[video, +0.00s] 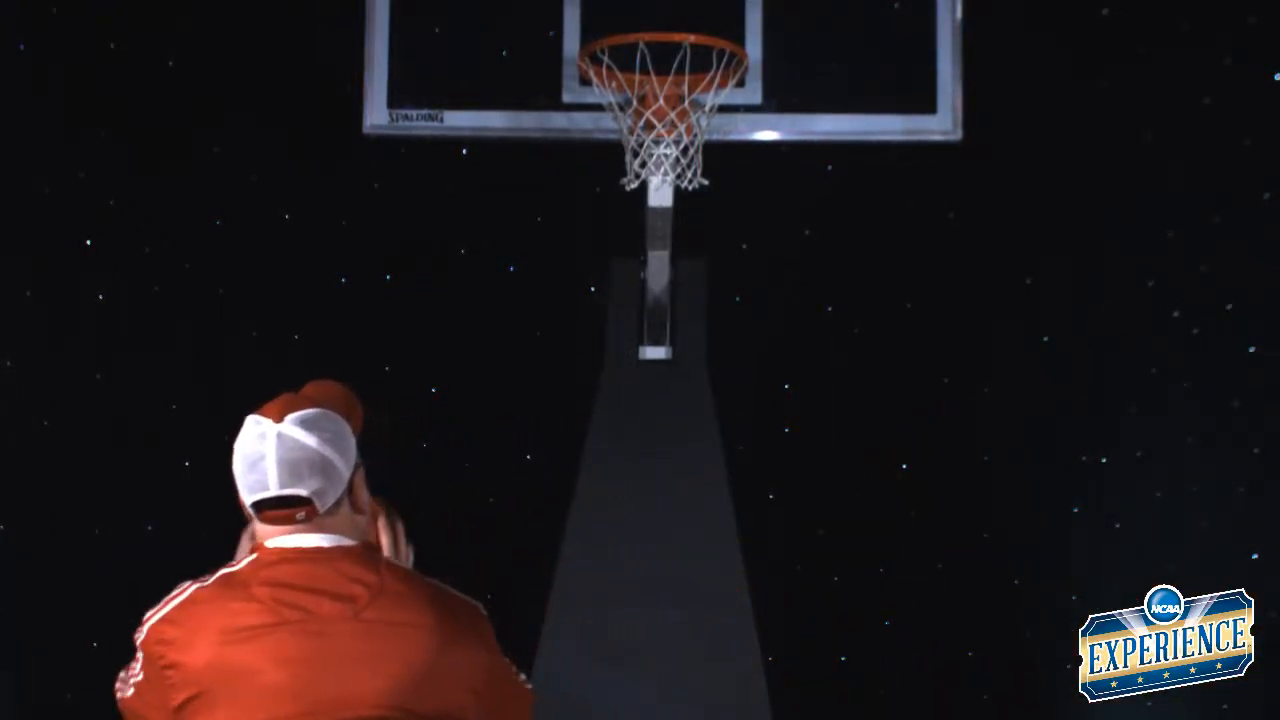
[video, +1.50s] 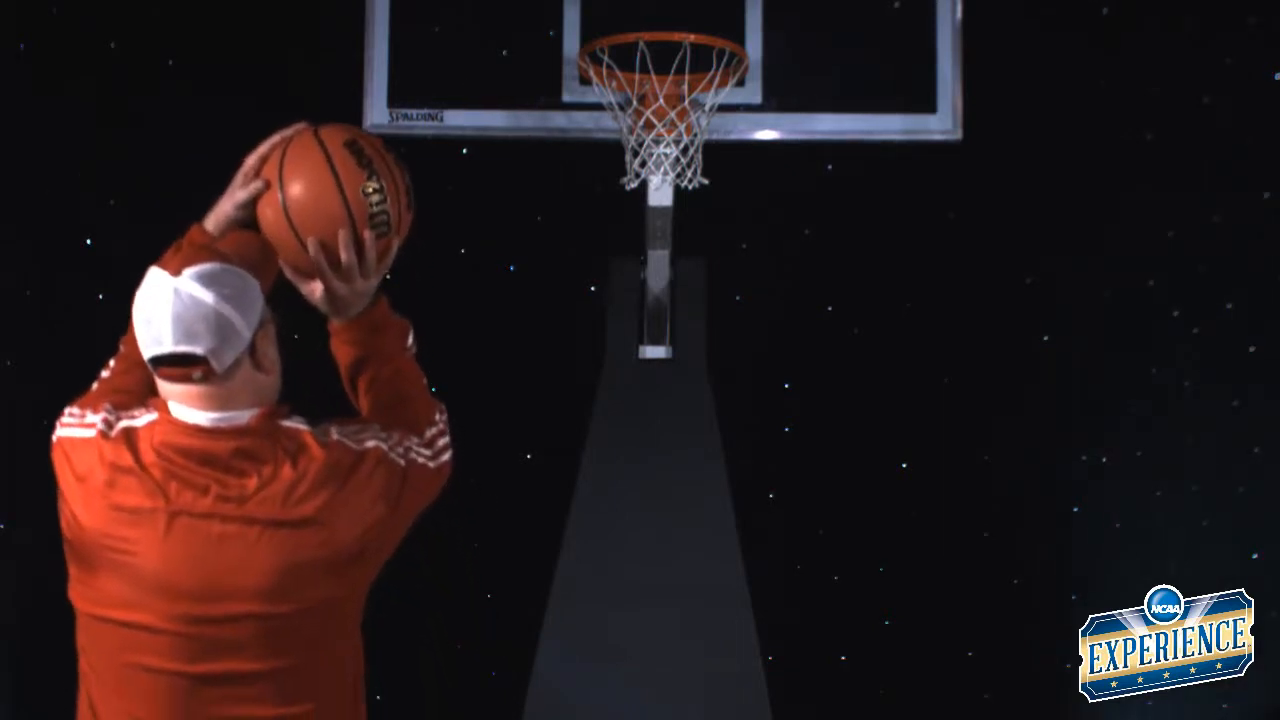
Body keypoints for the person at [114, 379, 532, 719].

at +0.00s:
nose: (371, 494)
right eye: (366, 479)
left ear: (245, 504)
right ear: (358, 492)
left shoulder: (175, 632)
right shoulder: (453, 626)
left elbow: (138, 701)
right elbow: (513, 704)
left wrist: (239, 576)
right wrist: (404, 594)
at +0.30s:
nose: (373, 478)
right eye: (356, 464)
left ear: (231, 496)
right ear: (344, 489)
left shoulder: (160, 629)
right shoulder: (426, 632)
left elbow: (190, 552)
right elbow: (489, 664)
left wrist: (230, 489)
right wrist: (396, 547)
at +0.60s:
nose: (329, 464)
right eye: (324, 457)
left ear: (206, 481)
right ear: (317, 479)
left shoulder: (143, 601)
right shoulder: (395, 610)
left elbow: (185, 494)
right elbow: (459, 591)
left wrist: (239, 402)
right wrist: (390, 475)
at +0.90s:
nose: (310, 426)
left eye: (304, 414)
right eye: (305, 418)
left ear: (184, 442)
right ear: (294, 442)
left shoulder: (124, 563)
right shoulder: (381, 577)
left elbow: (169, 452)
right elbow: (444, 536)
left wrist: (221, 346)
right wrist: (379, 418)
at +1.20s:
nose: (292, 381)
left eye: (285, 371)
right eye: (286, 373)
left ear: (169, 403)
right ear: (275, 402)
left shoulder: (107, 518)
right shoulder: (362, 532)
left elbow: (155, 399)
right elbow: (434, 485)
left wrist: (219, 282)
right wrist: (370, 364)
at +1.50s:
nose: (275, 335)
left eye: (268, 323)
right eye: (268, 327)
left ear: (152, 350)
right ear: (259, 352)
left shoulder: (89, 469)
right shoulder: (340, 485)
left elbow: (141, 342)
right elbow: (423, 443)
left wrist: (211, 233)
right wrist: (362, 323)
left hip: (116, 710)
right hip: (303, 708)